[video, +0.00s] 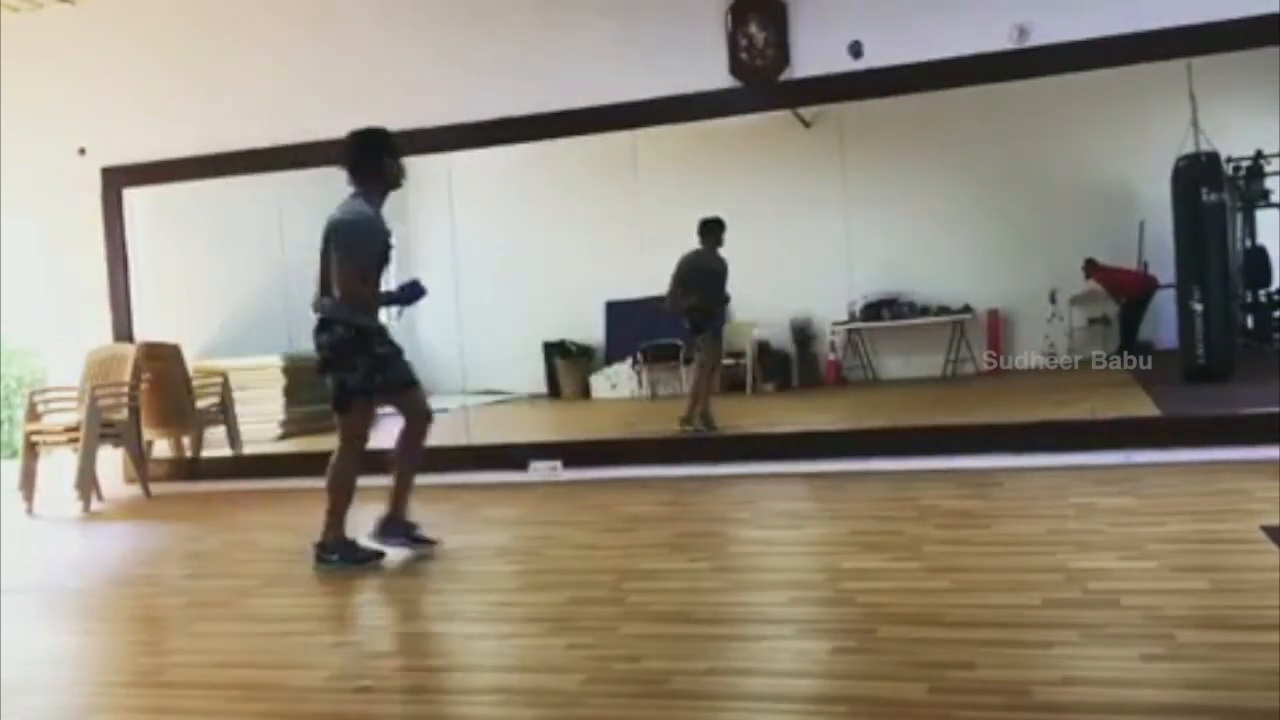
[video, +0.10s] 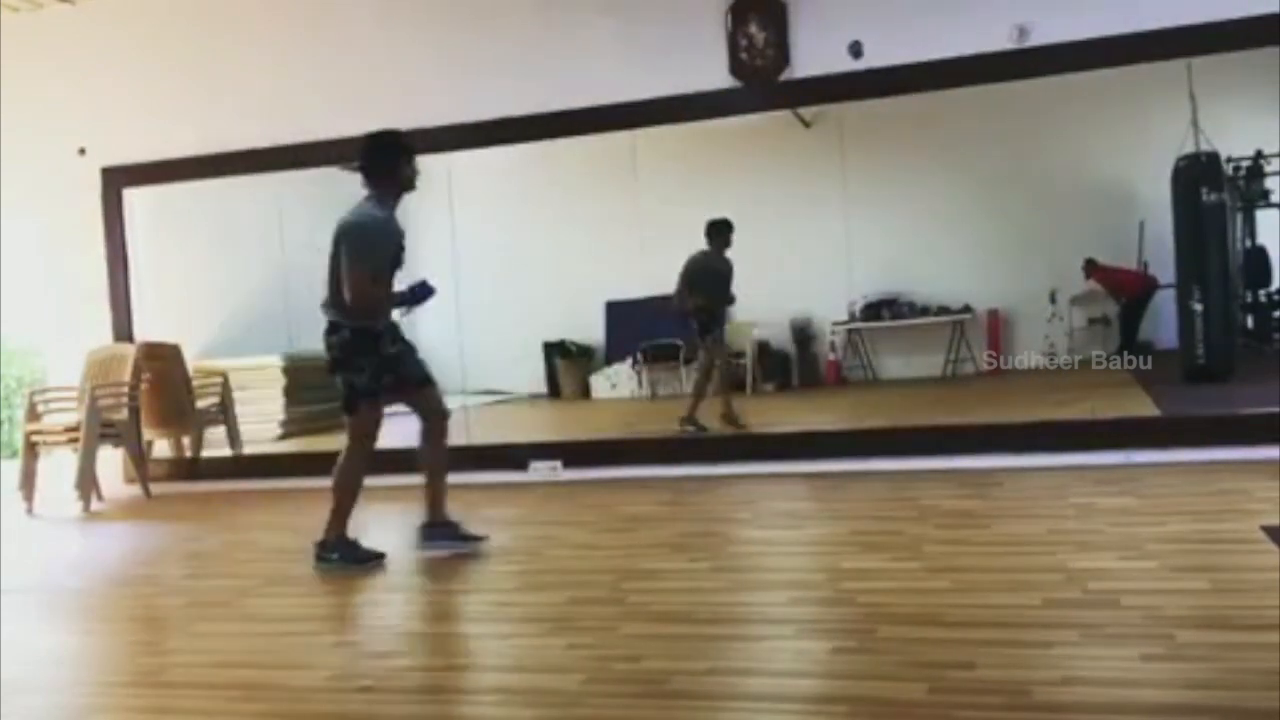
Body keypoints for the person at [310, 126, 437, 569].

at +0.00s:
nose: (401, 168)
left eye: (398, 159)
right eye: (394, 160)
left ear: (358, 170)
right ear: (379, 168)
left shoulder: (343, 219)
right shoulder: (362, 222)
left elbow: (327, 292)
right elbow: (351, 294)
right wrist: (396, 297)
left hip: (347, 330)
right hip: (354, 332)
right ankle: (332, 539)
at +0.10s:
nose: (416, 173)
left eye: (413, 164)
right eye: (409, 165)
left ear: (374, 172)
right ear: (393, 171)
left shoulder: (379, 223)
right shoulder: (365, 226)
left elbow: (339, 298)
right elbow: (358, 300)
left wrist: (384, 306)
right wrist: (405, 297)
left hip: (379, 334)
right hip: (356, 339)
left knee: (436, 416)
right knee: (362, 438)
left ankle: (436, 520)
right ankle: (334, 538)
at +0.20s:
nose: (447, 175)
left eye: (444, 166)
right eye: (440, 167)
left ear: (414, 173)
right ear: (419, 173)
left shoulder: (415, 226)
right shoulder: (395, 228)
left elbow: (400, 294)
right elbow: (393, 301)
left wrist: (446, 300)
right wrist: (450, 302)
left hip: (410, 337)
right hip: (384, 345)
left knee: (462, 422)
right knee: (376, 443)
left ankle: (497, 521)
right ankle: (338, 534)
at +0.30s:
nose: (464, 173)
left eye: (461, 165)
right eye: (457, 166)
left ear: (430, 173)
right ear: (438, 172)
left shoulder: (436, 225)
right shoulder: (411, 225)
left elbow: (424, 295)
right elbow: (413, 295)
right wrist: (476, 308)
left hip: (431, 338)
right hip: (402, 344)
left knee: (478, 423)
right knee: (386, 438)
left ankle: (504, 529)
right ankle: (341, 530)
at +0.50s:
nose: (514, 155)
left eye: (511, 147)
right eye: (506, 148)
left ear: (487, 156)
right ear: (488, 156)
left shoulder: (489, 208)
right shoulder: (464, 208)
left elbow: (487, 273)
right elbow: (466, 271)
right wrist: (487, 316)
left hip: (489, 331)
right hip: (474, 335)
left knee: (477, 434)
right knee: (479, 434)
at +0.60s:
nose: (544, 150)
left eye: (543, 141)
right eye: (536, 141)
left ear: (520, 146)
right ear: (512, 146)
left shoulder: (527, 199)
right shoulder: (492, 197)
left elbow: (531, 269)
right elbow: (475, 261)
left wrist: (551, 328)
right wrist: (468, 322)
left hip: (534, 319)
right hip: (511, 321)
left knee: (543, 417)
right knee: (533, 418)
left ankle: (507, 518)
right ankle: (511, 525)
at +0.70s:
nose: (561, 144)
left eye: (559, 135)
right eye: (552, 135)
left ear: (536, 144)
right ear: (528, 143)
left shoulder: (548, 203)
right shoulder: (505, 197)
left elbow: (554, 269)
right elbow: (479, 263)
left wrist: (583, 322)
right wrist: (469, 324)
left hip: (541, 315)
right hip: (517, 318)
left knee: (532, 420)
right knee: (565, 410)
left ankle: (520, 530)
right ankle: (550, 526)